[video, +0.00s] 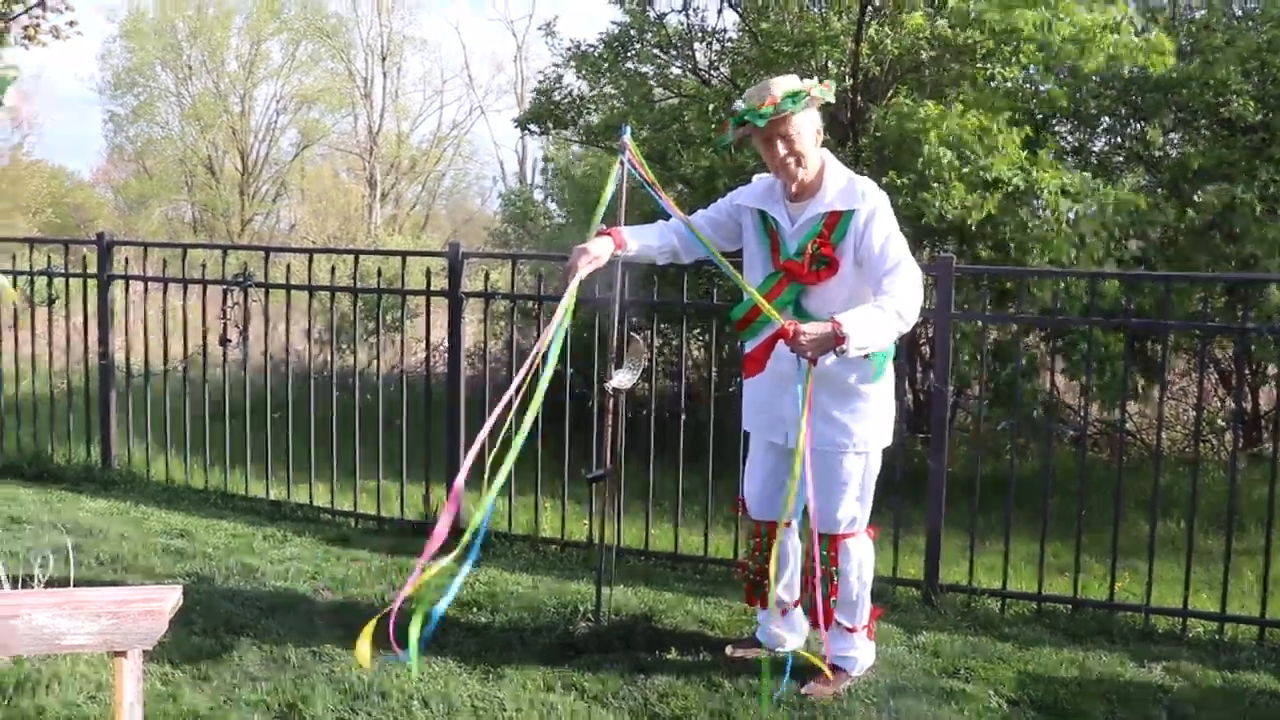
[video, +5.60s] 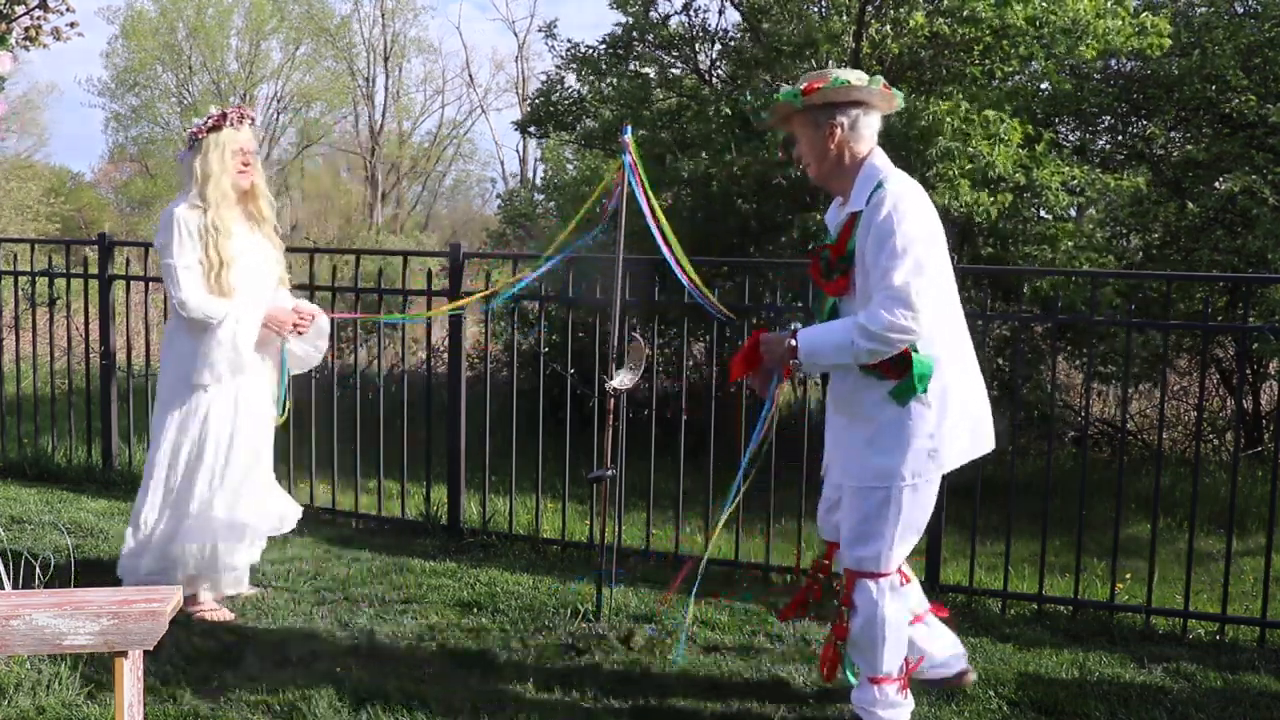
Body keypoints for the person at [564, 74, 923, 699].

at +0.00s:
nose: (784, 153)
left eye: (794, 139)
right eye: (770, 143)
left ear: (819, 131)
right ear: (756, 147)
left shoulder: (864, 203)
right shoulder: (751, 202)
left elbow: (904, 294)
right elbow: (683, 235)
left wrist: (842, 330)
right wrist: (613, 241)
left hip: (849, 392)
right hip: (773, 385)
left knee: (840, 524)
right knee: (768, 512)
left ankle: (847, 657)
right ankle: (779, 636)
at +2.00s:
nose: (774, 157)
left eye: (784, 144)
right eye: (767, 145)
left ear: (824, 135)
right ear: (766, 146)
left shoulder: (875, 206)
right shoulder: (761, 203)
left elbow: (918, 293)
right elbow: (692, 236)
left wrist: (862, 331)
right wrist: (622, 247)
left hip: (854, 392)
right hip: (779, 384)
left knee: (844, 524)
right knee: (772, 510)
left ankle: (849, 656)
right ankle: (779, 634)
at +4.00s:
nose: (743, 164)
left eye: (751, 150)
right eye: (739, 152)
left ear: (791, 144)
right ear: (740, 150)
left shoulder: (854, 206)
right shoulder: (736, 204)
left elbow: (902, 293)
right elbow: (652, 227)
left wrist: (857, 341)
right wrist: (567, 228)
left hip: (844, 385)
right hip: (768, 380)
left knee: (843, 519)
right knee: (766, 510)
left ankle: (851, 656)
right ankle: (778, 634)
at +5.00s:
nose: (719, 167)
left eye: (724, 153)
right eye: (716, 155)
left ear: (764, 144)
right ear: (752, 148)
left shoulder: (835, 206)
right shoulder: (747, 216)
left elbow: (882, 304)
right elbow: (696, 286)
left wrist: (818, 358)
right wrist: (617, 311)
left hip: (843, 379)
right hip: (777, 376)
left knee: (811, 513)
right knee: (767, 506)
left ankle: (874, 666)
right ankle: (801, 642)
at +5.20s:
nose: (732, 166)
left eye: (737, 151)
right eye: (729, 153)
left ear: (776, 147)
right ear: (774, 150)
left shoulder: (850, 215)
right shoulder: (767, 223)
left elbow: (881, 322)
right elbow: (746, 311)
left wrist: (803, 368)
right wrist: (681, 358)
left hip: (855, 400)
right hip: (795, 396)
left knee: (846, 537)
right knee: (776, 517)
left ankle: (878, 692)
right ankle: (797, 635)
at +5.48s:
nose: (773, 158)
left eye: (776, 142)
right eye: (770, 144)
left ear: (815, 139)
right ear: (817, 140)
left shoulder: (877, 205)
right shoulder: (830, 213)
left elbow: (886, 325)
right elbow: (828, 319)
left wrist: (792, 355)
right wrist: (769, 352)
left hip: (893, 412)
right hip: (846, 408)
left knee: (867, 557)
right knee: (811, 518)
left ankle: (882, 703)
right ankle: (841, 642)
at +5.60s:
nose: (795, 158)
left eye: (798, 141)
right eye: (791, 143)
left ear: (837, 133)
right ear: (839, 135)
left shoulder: (895, 204)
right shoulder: (853, 209)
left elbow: (899, 324)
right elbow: (862, 322)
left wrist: (796, 346)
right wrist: (792, 352)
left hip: (904, 417)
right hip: (865, 412)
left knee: (870, 555)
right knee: (841, 528)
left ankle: (879, 702)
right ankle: (934, 651)